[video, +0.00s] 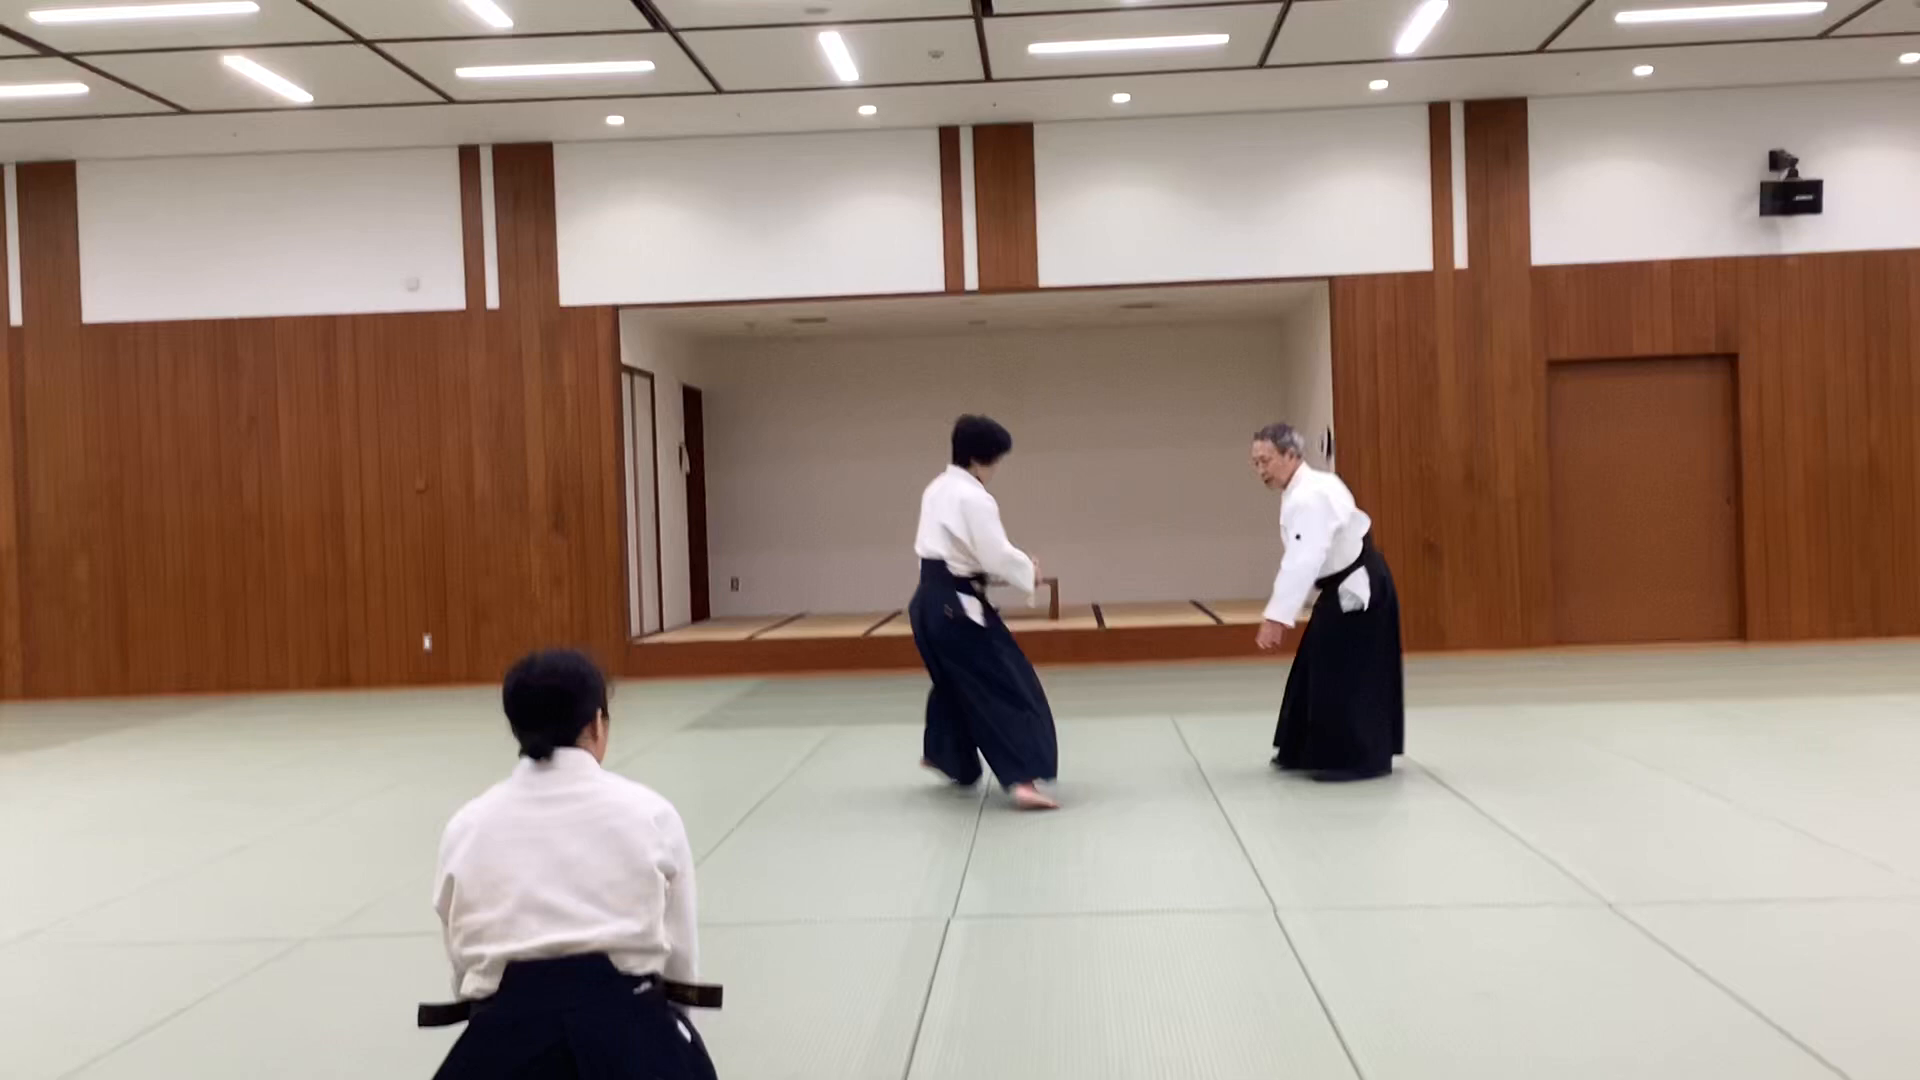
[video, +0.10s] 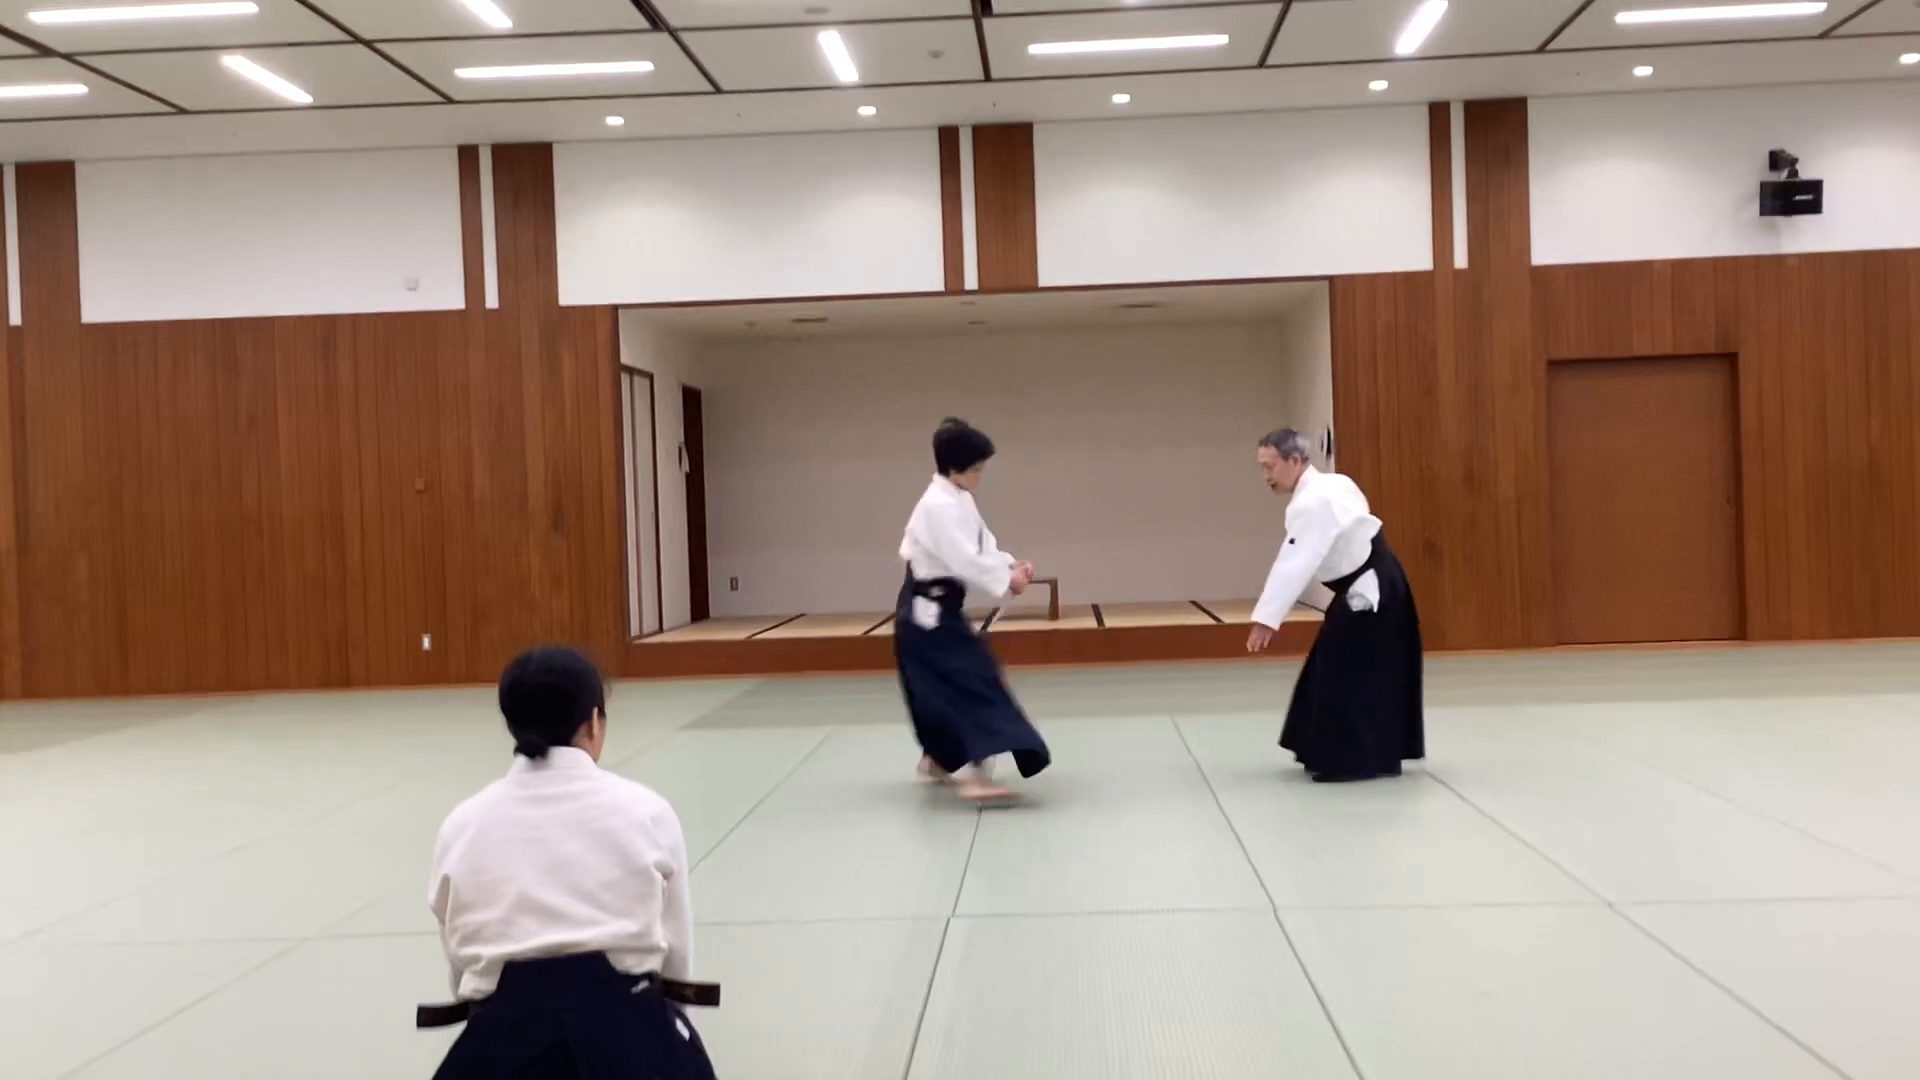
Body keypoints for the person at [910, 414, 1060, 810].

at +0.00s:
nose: (996, 467)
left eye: (997, 459)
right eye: (995, 459)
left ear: (960, 452)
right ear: (982, 458)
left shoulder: (936, 488)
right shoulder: (975, 498)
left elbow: (959, 552)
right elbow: (995, 556)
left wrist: (1018, 562)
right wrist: (1030, 570)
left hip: (926, 601)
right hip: (958, 606)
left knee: (952, 680)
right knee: (1009, 684)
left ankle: (939, 752)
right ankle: (1022, 780)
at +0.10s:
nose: (981, 475)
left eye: (982, 468)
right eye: (978, 468)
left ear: (954, 465)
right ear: (958, 468)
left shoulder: (959, 498)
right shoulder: (940, 506)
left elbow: (982, 542)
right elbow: (963, 561)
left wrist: (1011, 564)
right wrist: (1006, 579)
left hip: (937, 608)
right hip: (928, 612)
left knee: (950, 683)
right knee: (975, 681)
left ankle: (935, 757)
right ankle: (974, 774)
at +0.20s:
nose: (963, 481)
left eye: (965, 474)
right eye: (959, 474)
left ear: (948, 473)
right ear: (938, 473)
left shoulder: (953, 507)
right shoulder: (914, 513)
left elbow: (973, 548)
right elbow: (934, 564)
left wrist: (1001, 573)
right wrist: (982, 582)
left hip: (929, 610)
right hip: (906, 612)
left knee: (958, 686)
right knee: (936, 687)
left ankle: (925, 761)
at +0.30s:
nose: (944, 476)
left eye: (945, 469)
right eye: (939, 469)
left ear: (930, 470)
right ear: (920, 469)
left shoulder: (940, 506)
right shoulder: (894, 509)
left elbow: (956, 555)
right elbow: (911, 564)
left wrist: (979, 599)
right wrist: (956, 584)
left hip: (920, 611)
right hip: (890, 613)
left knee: (930, 686)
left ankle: (926, 766)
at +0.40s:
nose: (925, 468)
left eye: (925, 461)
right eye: (918, 463)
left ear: (913, 468)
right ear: (897, 468)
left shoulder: (925, 506)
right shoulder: (870, 510)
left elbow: (933, 563)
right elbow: (879, 565)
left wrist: (933, 617)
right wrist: (919, 590)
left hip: (907, 610)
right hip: (867, 610)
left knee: (936, 683)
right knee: (838, 683)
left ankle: (929, 762)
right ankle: (785, 744)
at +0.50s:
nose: (901, 472)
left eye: (901, 465)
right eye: (893, 467)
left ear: (892, 473)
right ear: (872, 474)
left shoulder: (906, 513)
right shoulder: (845, 516)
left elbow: (913, 568)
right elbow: (841, 570)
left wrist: (915, 619)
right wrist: (870, 606)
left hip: (888, 615)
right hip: (844, 616)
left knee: (917, 683)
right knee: (815, 690)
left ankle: (923, 765)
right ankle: (774, 759)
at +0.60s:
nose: (880, 483)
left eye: (880, 476)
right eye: (871, 478)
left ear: (879, 479)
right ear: (850, 486)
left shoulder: (890, 521)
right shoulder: (826, 528)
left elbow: (907, 575)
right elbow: (811, 583)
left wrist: (928, 624)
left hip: (870, 618)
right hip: (828, 617)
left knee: (911, 674)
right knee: (801, 689)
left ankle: (919, 764)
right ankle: (770, 767)